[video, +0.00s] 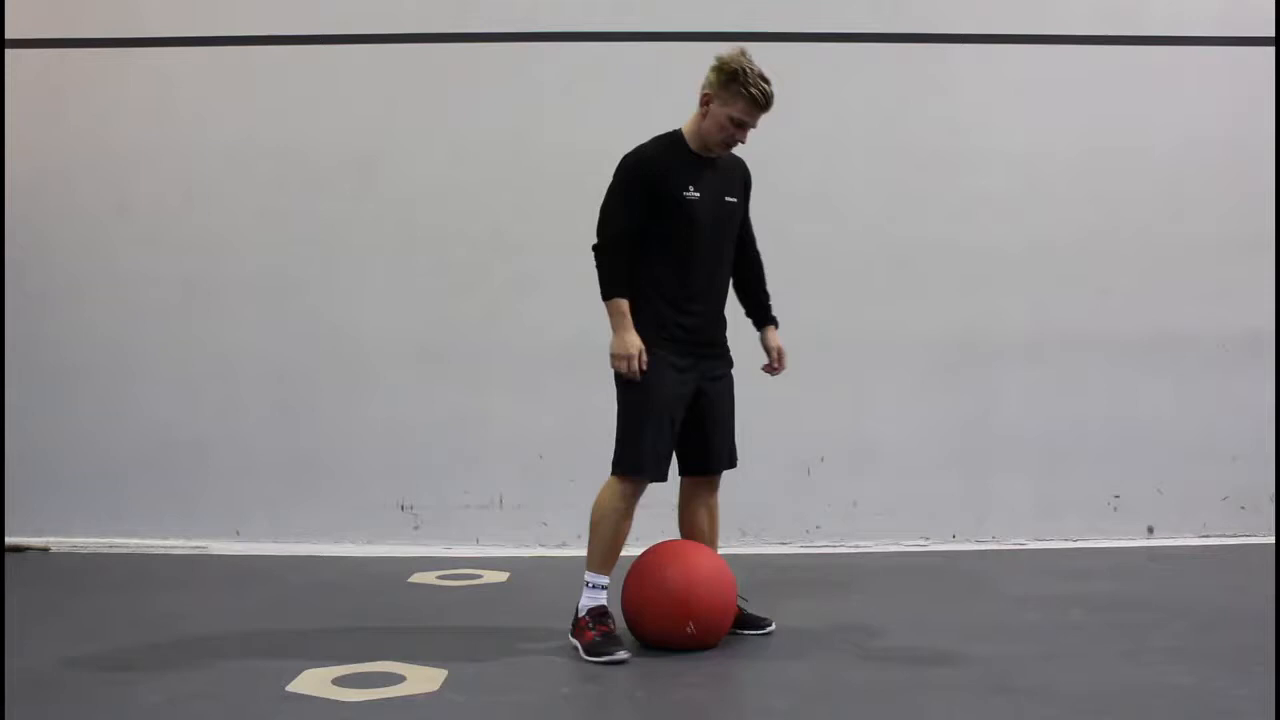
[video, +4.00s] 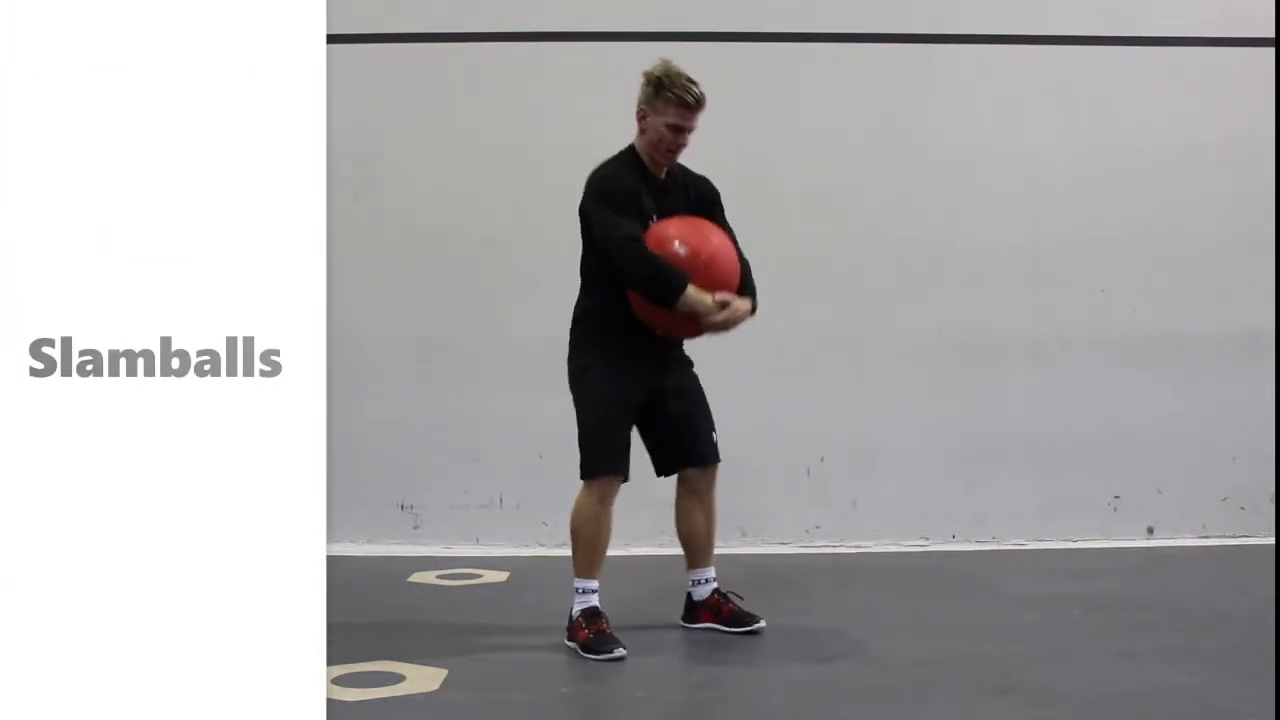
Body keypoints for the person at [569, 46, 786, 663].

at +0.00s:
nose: (742, 135)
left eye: (750, 126)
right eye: (737, 122)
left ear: (753, 120)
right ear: (706, 103)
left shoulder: (735, 173)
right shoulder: (644, 164)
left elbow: (742, 252)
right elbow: (608, 247)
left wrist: (766, 324)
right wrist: (622, 327)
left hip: (709, 353)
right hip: (653, 350)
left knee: (703, 476)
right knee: (632, 476)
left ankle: (707, 602)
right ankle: (592, 607)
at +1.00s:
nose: (757, 171)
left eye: (767, 163)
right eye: (752, 158)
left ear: (772, 151)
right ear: (726, 130)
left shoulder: (747, 195)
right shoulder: (658, 182)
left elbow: (745, 274)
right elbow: (616, 271)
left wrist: (751, 348)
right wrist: (628, 353)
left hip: (685, 346)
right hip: (625, 344)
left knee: (704, 467)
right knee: (613, 475)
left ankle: (711, 597)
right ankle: (590, 612)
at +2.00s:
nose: (779, 434)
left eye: (788, 430)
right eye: (779, 424)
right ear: (761, 394)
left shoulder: (763, 411)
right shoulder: (695, 399)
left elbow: (736, 494)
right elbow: (650, 491)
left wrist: (717, 580)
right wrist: (639, 579)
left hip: (657, 423)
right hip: (595, 408)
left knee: (754, 476)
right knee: (615, 477)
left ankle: (717, 594)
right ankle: (593, 617)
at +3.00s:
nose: (682, 148)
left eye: (688, 138)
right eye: (670, 137)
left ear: (693, 140)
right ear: (640, 136)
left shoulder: (703, 209)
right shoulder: (617, 200)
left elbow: (745, 266)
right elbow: (647, 260)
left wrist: (762, 291)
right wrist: (719, 293)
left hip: (683, 363)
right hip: (623, 367)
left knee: (730, 475)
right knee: (654, 483)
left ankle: (690, 603)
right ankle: (610, 614)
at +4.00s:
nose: (681, 142)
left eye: (689, 131)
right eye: (672, 129)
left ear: (696, 127)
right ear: (641, 118)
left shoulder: (699, 191)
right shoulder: (607, 184)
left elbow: (735, 263)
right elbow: (629, 259)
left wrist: (743, 303)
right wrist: (703, 302)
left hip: (664, 347)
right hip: (603, 348)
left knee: (700, 462)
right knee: (604, 474)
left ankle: (703, 597)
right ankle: (585, 611)